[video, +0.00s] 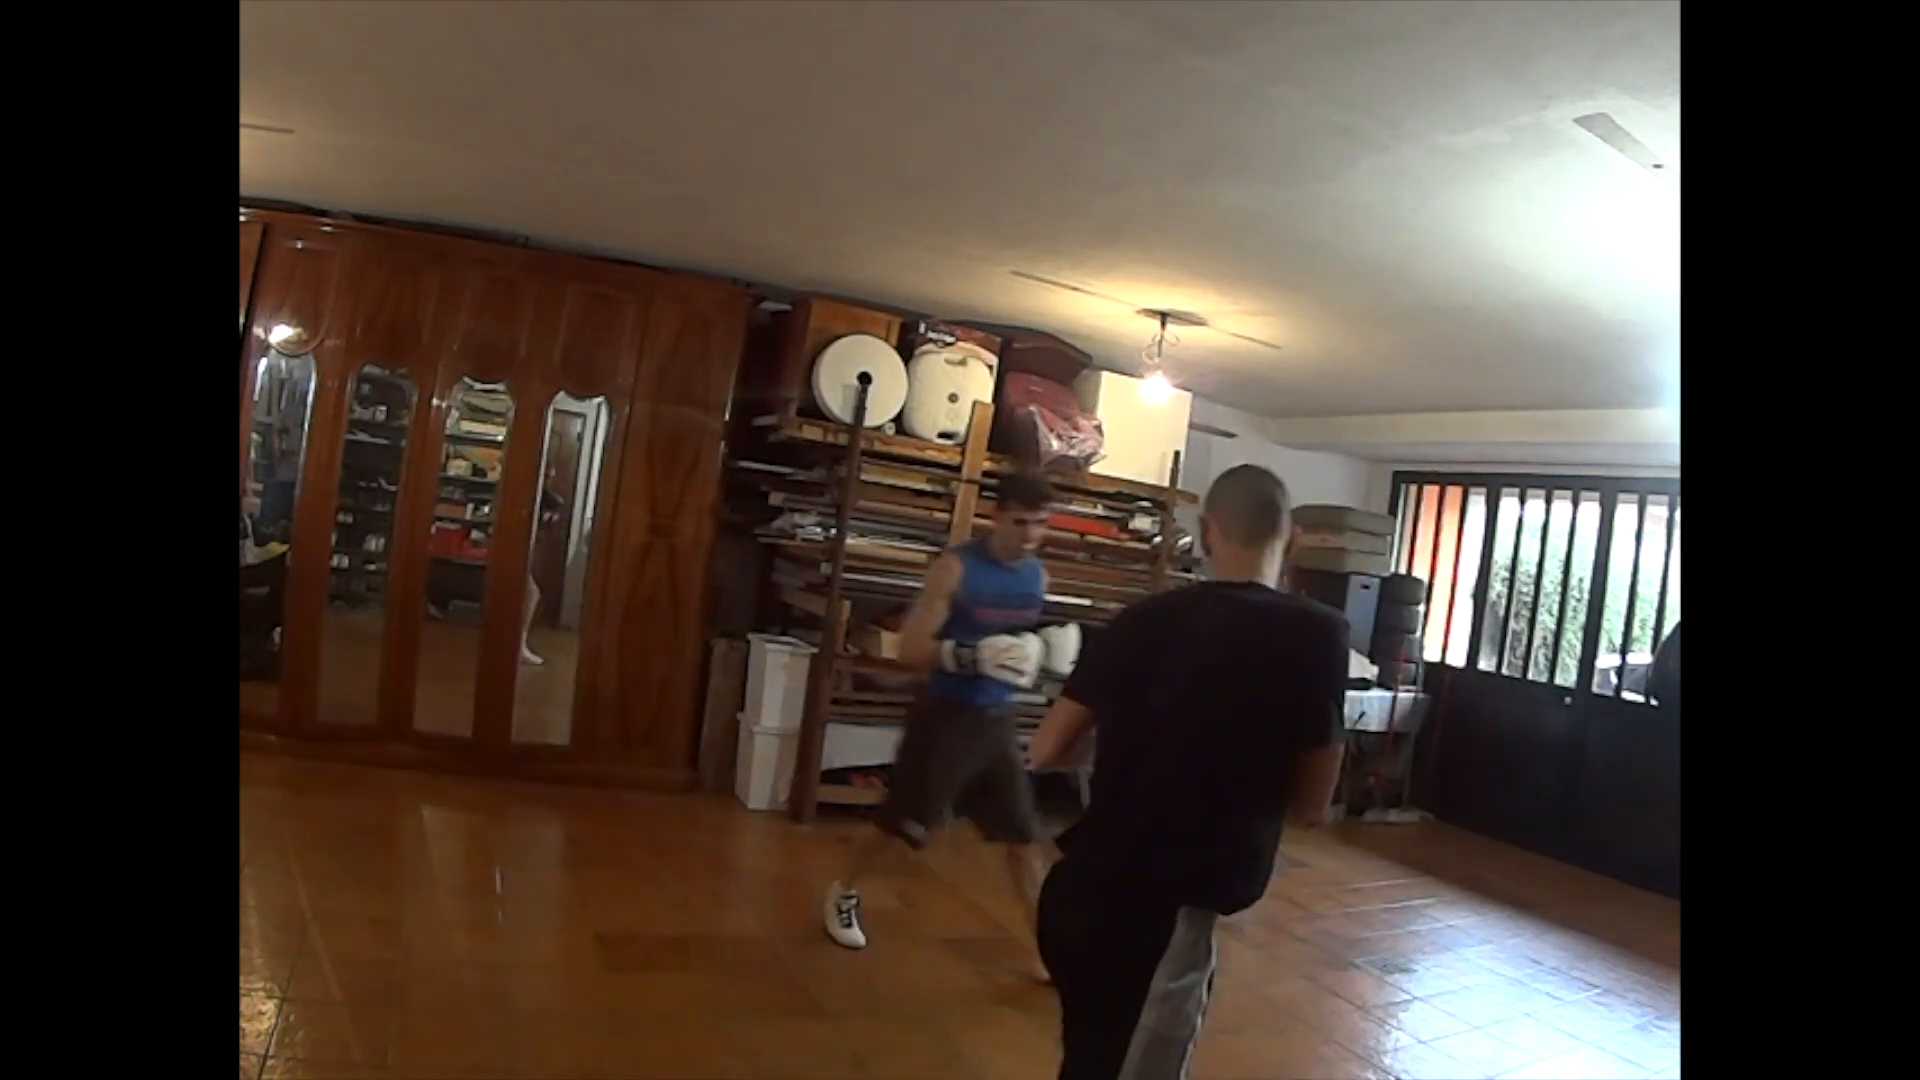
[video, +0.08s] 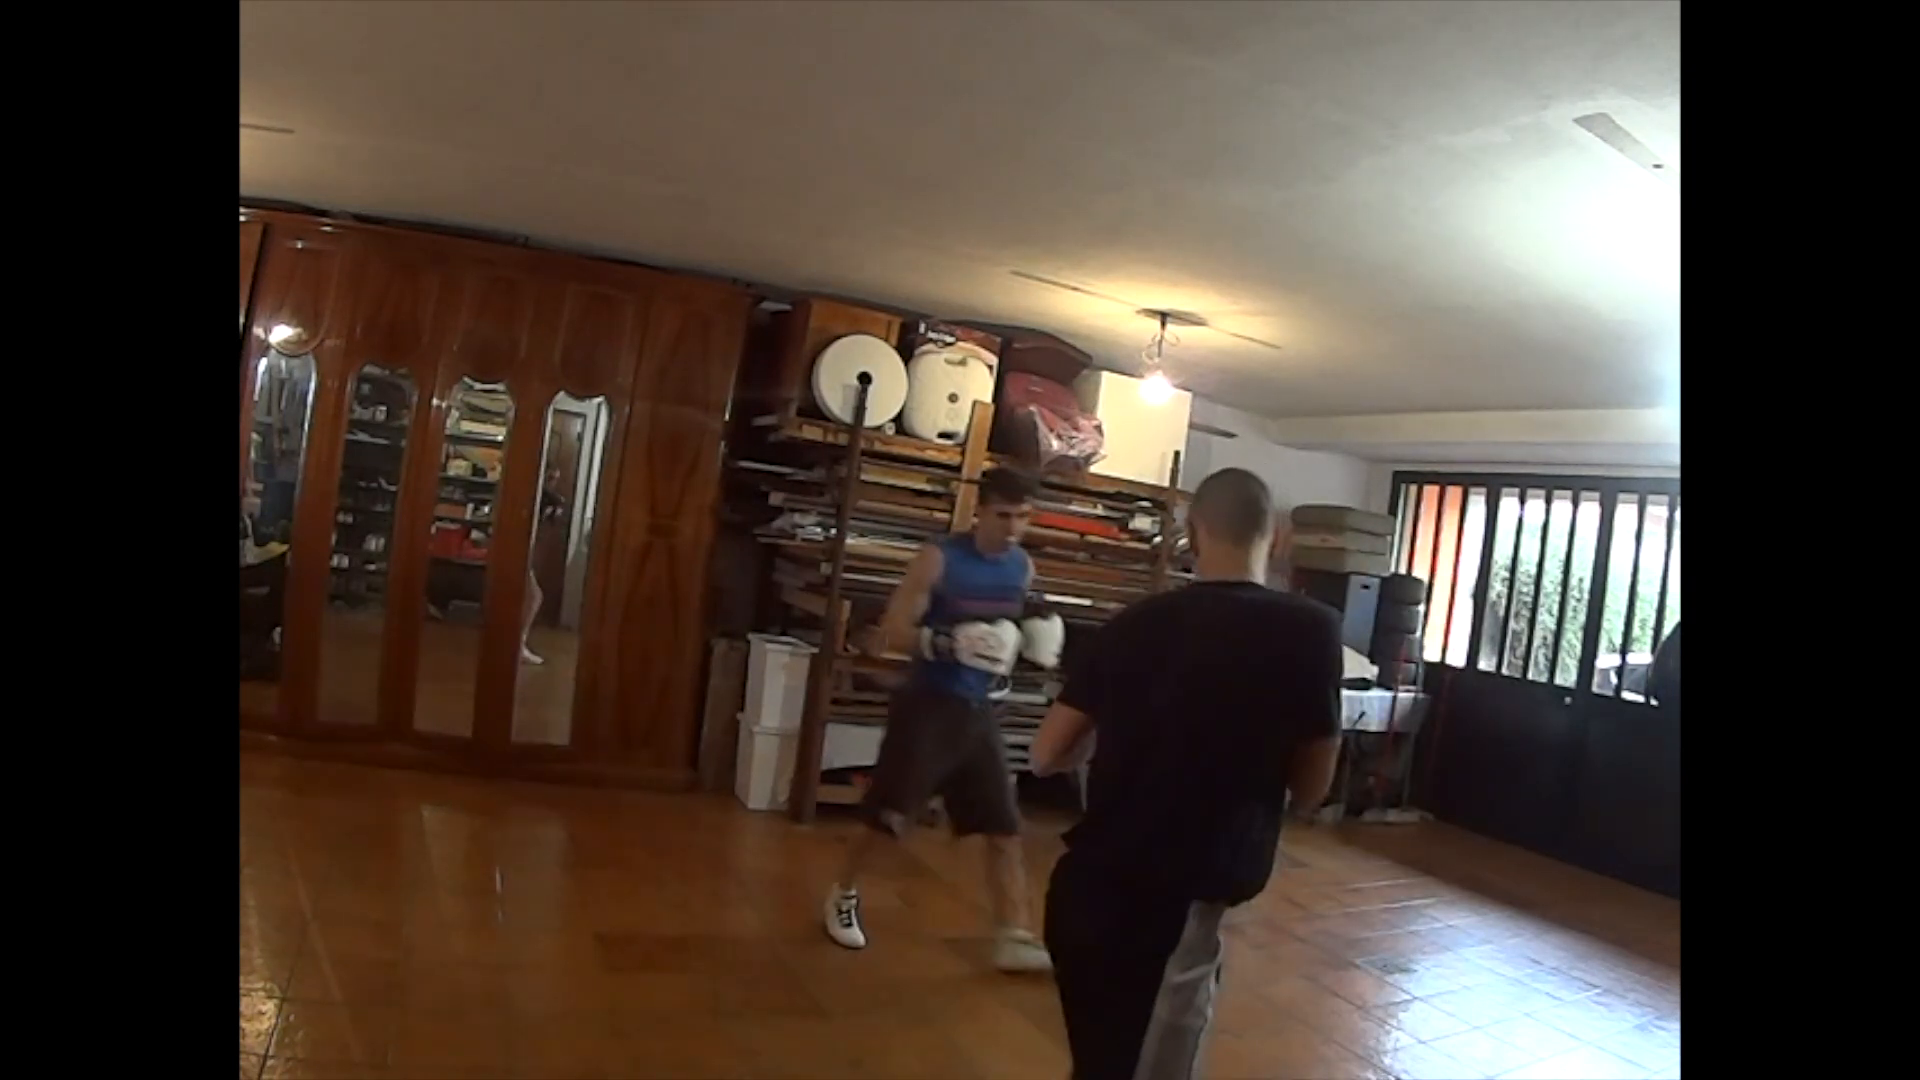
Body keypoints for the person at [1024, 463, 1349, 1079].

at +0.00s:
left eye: (1205, 526)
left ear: (1206, 530)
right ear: (1290, 537)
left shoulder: (1144, 620)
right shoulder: (1317, 634)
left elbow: (1046, 751)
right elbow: (1313, 800)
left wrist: (1112, 743)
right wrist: (1243, 761)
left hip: (1097, 883)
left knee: (1089, 1060)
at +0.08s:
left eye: (1191, 526)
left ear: (1192, 530)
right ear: (1274, 537)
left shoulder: (1137, 623)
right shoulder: (1310, 630)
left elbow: (1047, 753)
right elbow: (1310, 789)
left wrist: (1111, 733)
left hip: (1104, 870)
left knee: (1099, 1062)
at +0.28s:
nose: (1173, 527)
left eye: (1172, 515)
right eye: (1175, 516)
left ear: (1182, 512)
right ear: (1255, 516)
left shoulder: (1137, 603)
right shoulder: (1309, 598)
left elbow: (1068, 729)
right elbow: (1309, 743)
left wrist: (1122, 672)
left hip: (1136, 843)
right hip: (1242, 857)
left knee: (1115, 1034)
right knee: (1242, 1044)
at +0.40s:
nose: (1199, 522)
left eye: (1199, 511)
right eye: (1202, 511)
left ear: (1209, 510)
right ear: (1276, 508)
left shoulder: (1166, 595)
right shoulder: (1335, 594)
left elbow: (1093, 717)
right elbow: (1330, 731)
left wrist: (1144, 680)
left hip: (1166, 851)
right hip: (1264, 861)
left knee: (1113, 1040)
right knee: (1250, 1062)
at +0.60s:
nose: (1276, 546)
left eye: (1275, 534)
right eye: (1276, 534)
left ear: (1289, 530)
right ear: (1345, 528)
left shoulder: (1254, 612)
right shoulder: (1415, 615)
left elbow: (1183, 733)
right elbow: (1411, 732)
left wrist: (1236, 685)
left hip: (1253, 874)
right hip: (1352, 884)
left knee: (1162, 1046)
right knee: (1346, 1066)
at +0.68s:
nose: (1311, 561)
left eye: (1312, 546)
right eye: (1309, 547)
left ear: (1332, 537)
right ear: (1379, 533)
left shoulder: (1299, 620)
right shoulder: (1455, 629)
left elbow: (1228, 736)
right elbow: (1430, 742)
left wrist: (1223, 685)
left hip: (1300, 880)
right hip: (1400, 887)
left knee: (1196, 1041)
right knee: (1399, 1067)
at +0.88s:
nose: (1379, 555)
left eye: (1380, 539)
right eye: (1377, 541)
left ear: (1406, 529)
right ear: (1449, 529)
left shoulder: (1380, 610)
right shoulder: (1526, 621)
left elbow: (1326, 730)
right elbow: (1501, 738)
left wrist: (1298, 693)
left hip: (1378, 862)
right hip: (1471, 870)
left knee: (1267, 1010)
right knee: (1459, 1064)